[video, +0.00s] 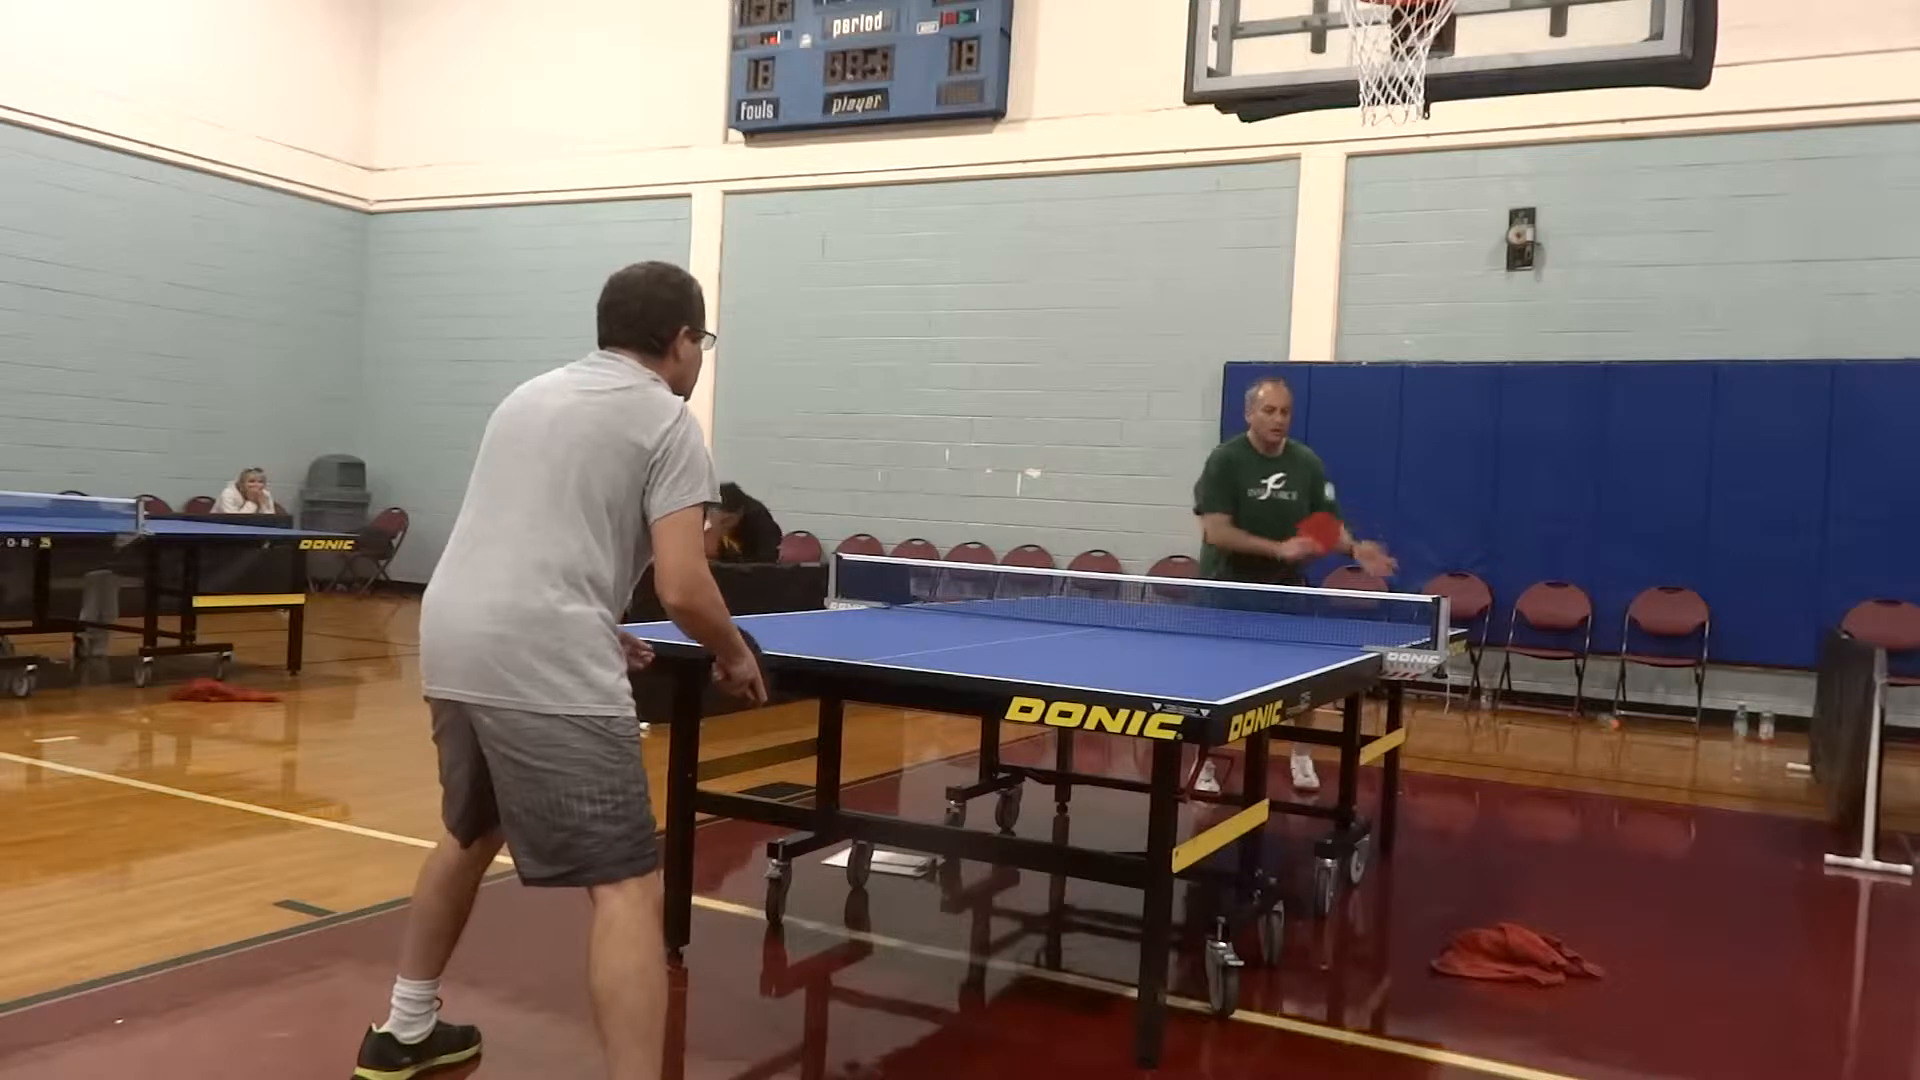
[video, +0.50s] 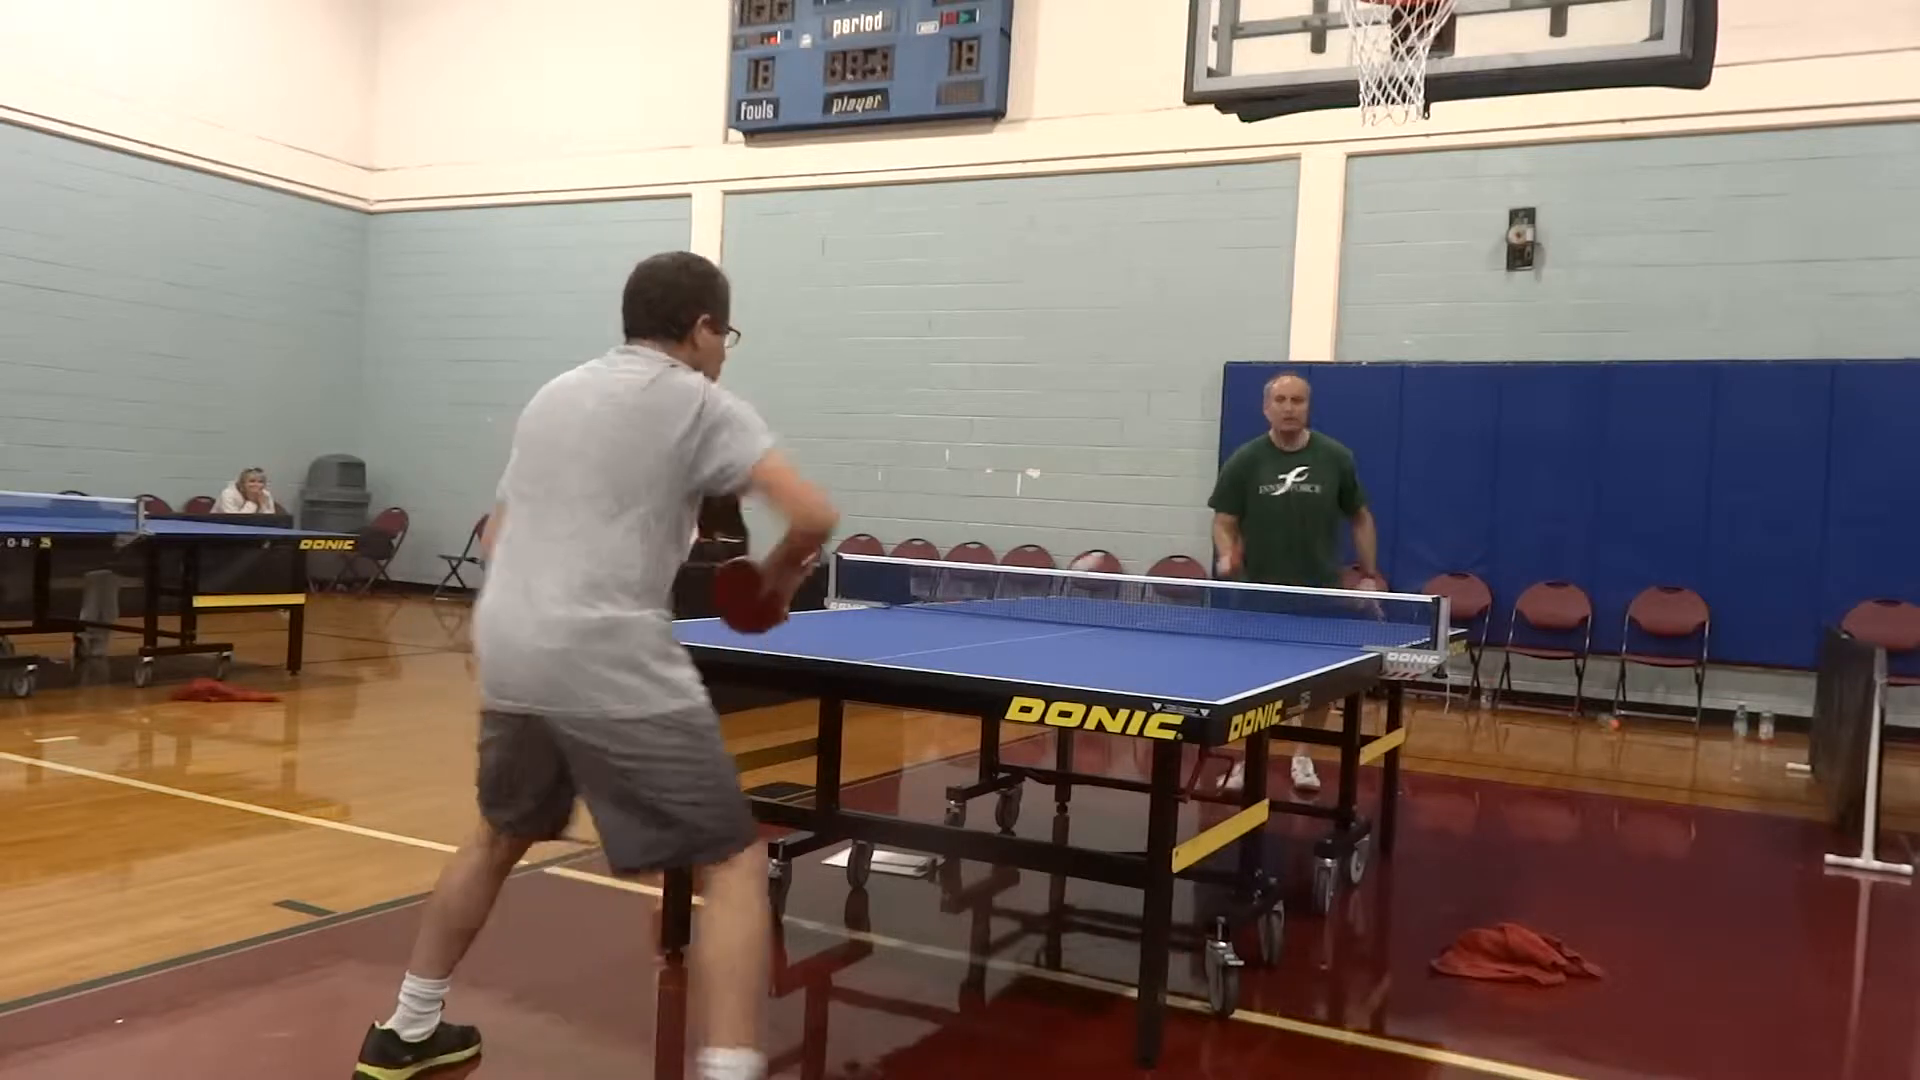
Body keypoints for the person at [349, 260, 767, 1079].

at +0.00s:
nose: (703, 356)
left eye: (702, 341)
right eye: (701, 340)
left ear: (606, 335)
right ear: (675, 341)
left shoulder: (528, 396)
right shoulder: (666, 422)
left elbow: (508, 539)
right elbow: (683, 585)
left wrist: (597, 626)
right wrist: (733, 654)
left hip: (450, 649)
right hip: (551, 666)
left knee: (469, 832)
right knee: (626, 881)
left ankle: (405, 1028)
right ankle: (636, 1072)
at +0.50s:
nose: (727, 349)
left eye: (729, 335)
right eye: (726, 334)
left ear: (632, 326)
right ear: (699, 329)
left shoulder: (553, 395)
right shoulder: (703, 400)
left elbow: (496, 536)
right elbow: (814, 514)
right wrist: (777, 573)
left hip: (506, 659)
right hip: (617, 668)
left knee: (496, 833)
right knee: (733, 862)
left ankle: (408, 1026)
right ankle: (730, 1070)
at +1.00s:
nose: (782, 263)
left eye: (777, 251)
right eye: (781, 251)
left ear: (678, 261)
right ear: (767, 259)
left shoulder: (620, 351)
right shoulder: (810, 351)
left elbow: (525, 490)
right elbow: (926, 425)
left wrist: (567, 551)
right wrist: (947, 474)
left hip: (620, 650)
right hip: (754, 664)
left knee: (561, 827)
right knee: (773, 889)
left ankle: (480, 1020)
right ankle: (759, 1078)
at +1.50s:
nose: (718, 318)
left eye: (716, 302)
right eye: (715, 302)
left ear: (617, 305)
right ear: (693, 306)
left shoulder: (545, 377)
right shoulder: (694, 399)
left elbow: (448, 509)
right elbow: (753, 570)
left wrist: (532, 565)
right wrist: (797, 586)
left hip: (485, 657)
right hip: (598, 671)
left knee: (453, 826)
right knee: (706, 868)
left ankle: (365, 1007)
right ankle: (674, 1070)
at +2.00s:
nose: (763, 288)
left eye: (776, 265)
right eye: (740, 264)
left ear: (789, 266)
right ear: (680, 264)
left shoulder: (689, 356)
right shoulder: (667, 362)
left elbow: (659, 527)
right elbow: (592, 517)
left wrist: (757, 588)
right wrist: (724, 582)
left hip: (583, 661)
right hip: (633, 683)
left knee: (566, 845)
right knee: (743, 893)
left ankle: (422, 1030)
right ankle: (722, 1076)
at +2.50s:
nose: (648, 166)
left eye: (673, 141)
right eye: (618, 146)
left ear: (719, 162)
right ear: (587, 175)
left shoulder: (761, 311)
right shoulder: (537, 322)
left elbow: (824, 456)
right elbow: (415, 511)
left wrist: (909, 567)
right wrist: (357, 703)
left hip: (708, 697)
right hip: (570, 707)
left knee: (638, 962)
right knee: (604, 979)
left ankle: (571, 1068)